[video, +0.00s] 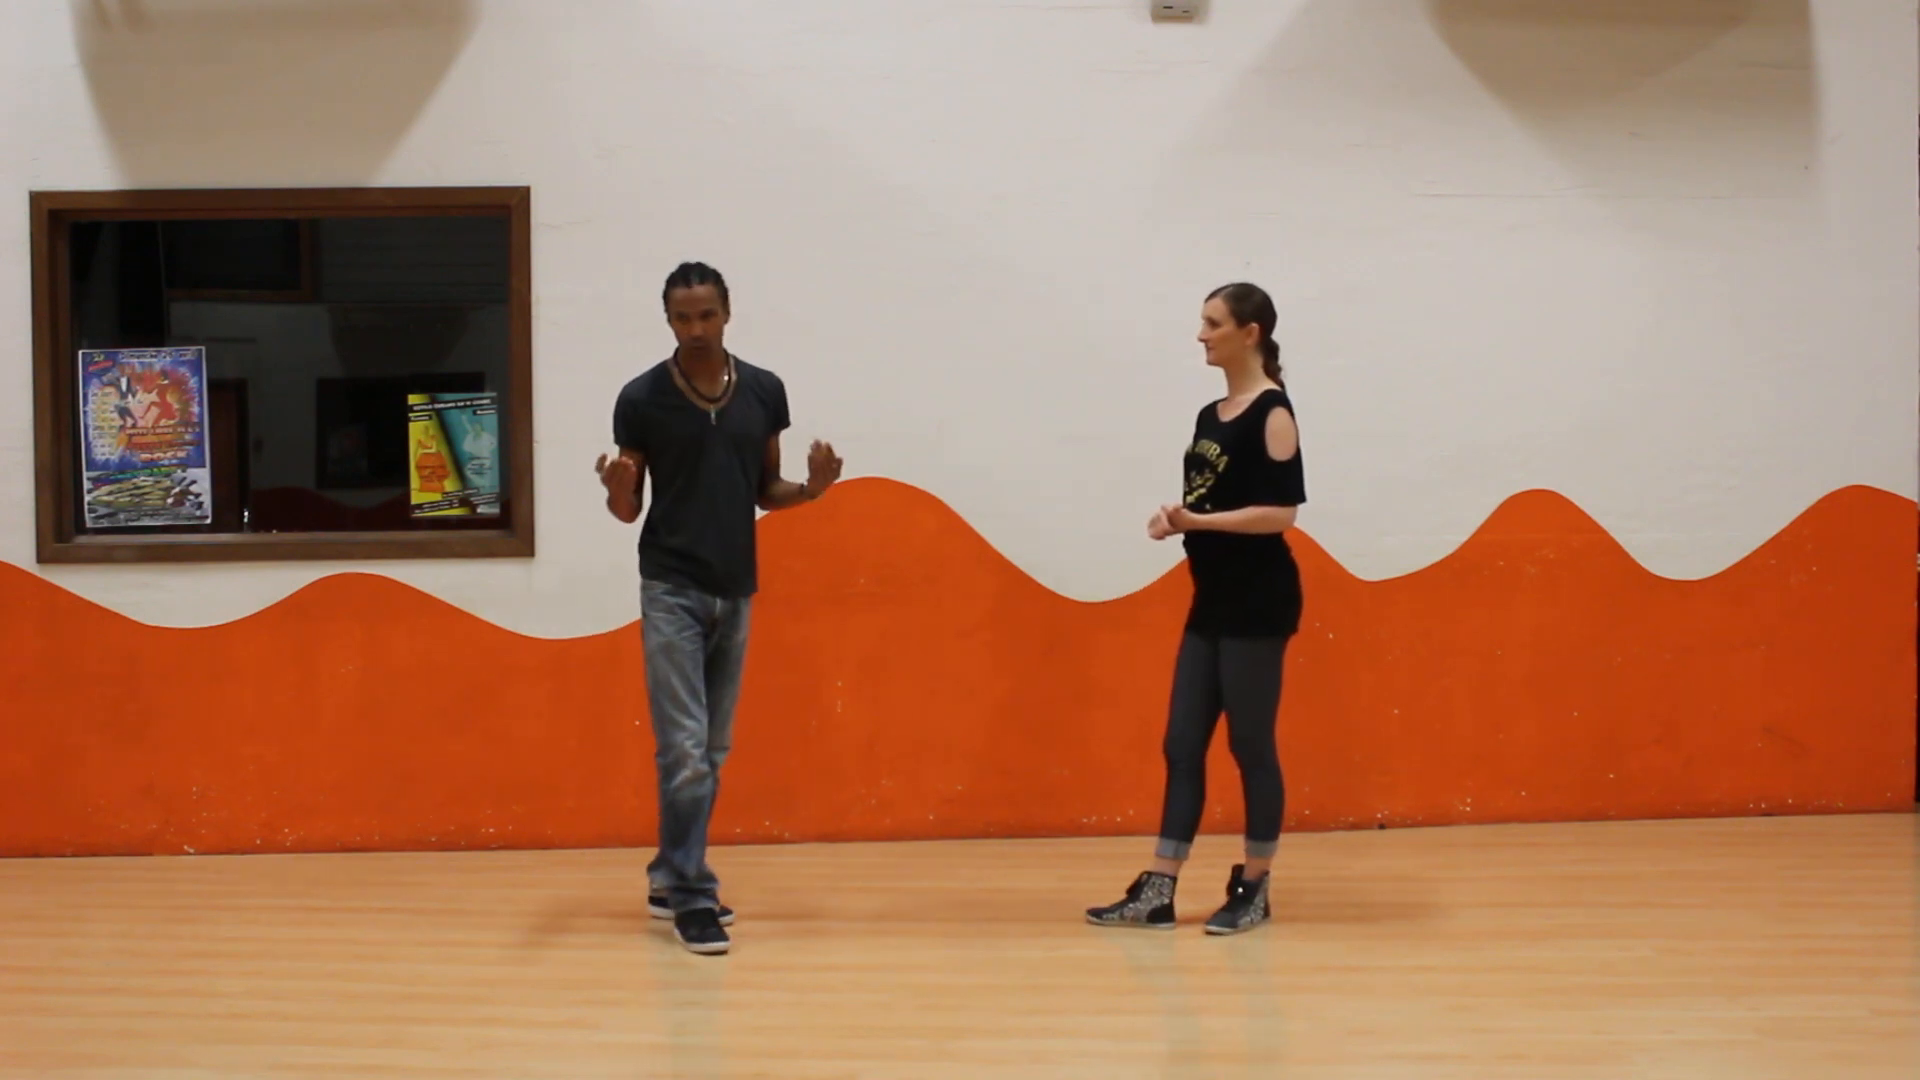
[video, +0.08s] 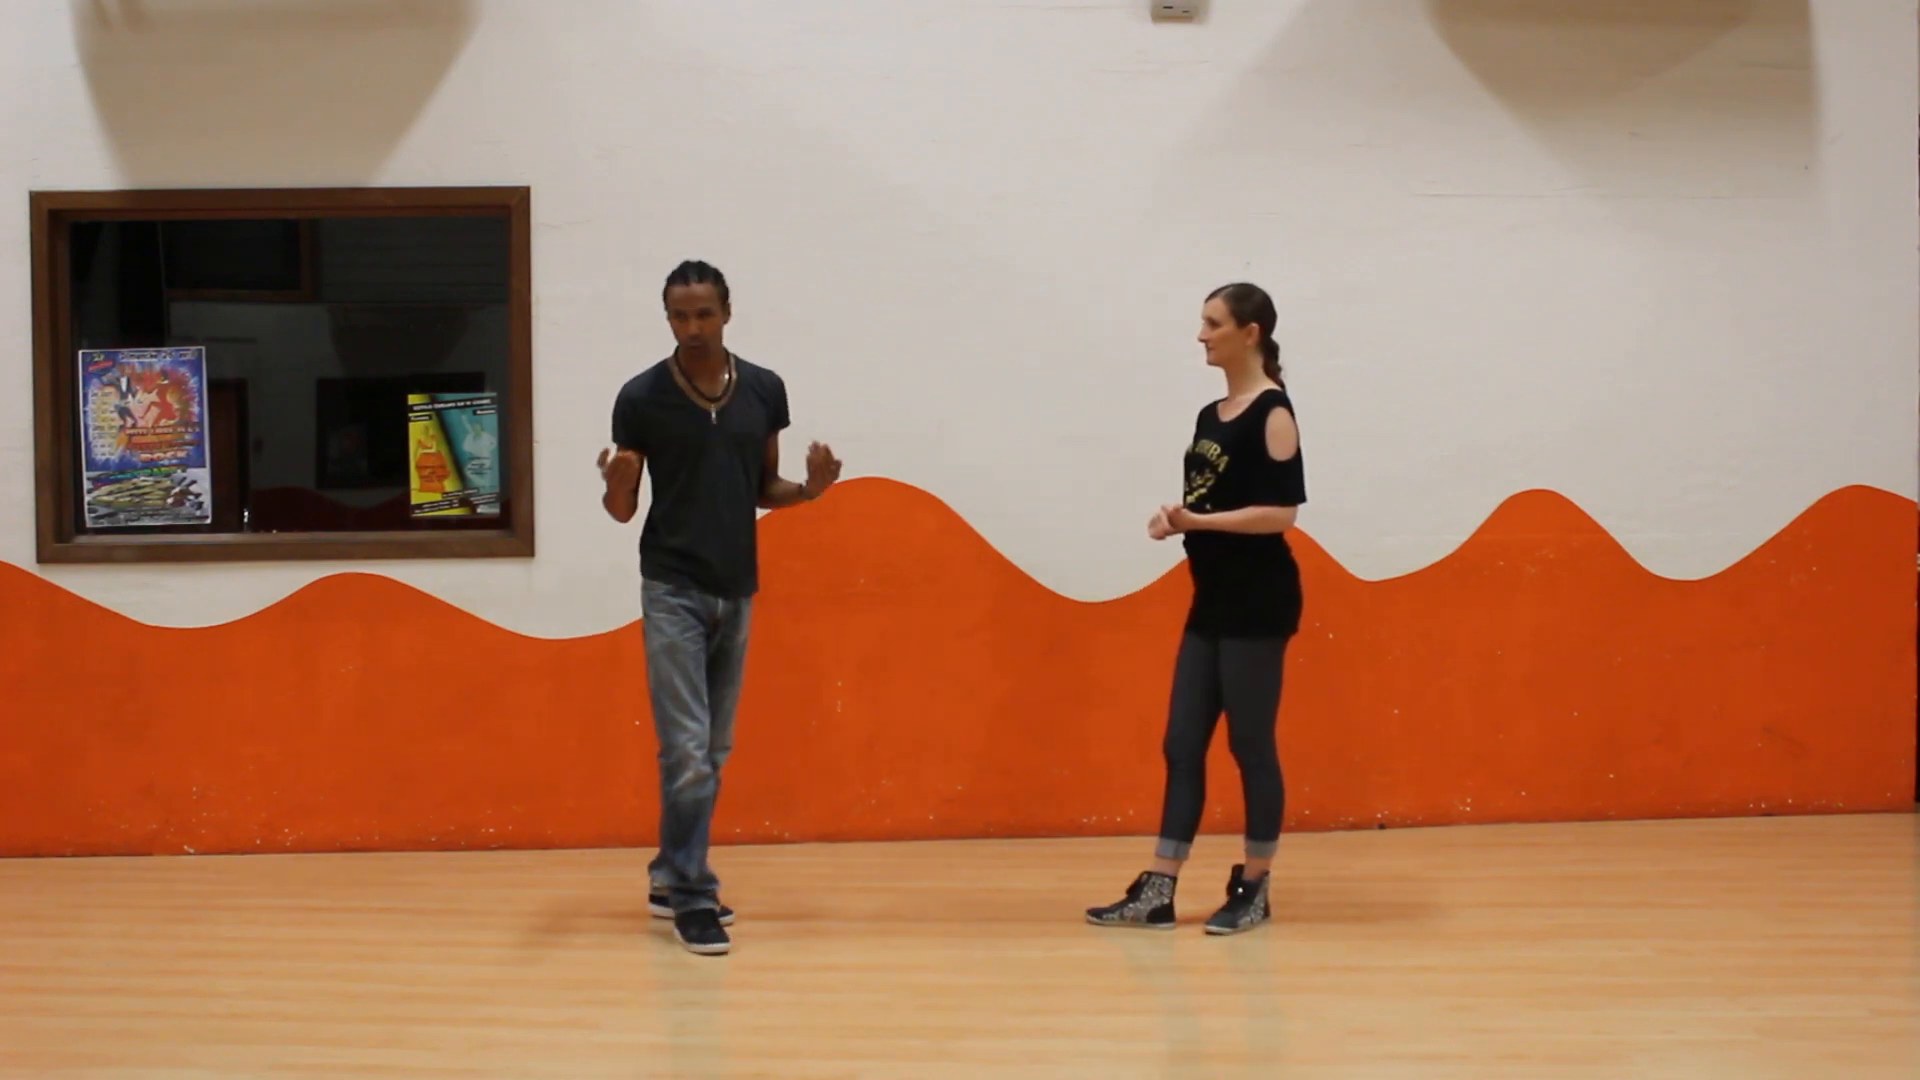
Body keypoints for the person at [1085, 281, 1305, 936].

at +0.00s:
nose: (1201, 335)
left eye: (1213, 325)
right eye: (1203, 324)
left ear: (1252, 333)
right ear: (1238, 333)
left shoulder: (1275, 415)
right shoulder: (1212, 413)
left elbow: (1281, 514)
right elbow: (1216, 503)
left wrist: (1197, 521)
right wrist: (1178, 516)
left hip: (1258, 604)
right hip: (1211, 599)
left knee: (1253, 745)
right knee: (1182, 746)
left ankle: (1252, 889)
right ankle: (1158, 890)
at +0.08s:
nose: (1201, 335)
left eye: (1213, 325)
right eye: (1203, 324)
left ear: (1253, 333)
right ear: (1238, 333)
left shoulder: (1275, 415)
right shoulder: (1212, 414)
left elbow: (1281, 514)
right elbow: (1216, 504)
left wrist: (1198, 521)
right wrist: (1178, 516)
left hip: (1258, 604)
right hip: (1211, 599)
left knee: (1253, 745)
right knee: (1182, 745)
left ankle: (1252, 890)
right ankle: (1158, 890)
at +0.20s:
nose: (1201, 335)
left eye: (1213, 325)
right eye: (1203, 324)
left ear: (1253, 333)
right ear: (1237, 333)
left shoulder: (1275, 415)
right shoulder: (1212, 414)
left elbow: (1282, 514)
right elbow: (1216, 504)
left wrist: (1198, 521)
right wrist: (1179, 516)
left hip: (1259, 604)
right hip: (1212, 599)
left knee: (1253, 745)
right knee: (1182, 745)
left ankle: (1252, 890)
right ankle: (1158, 890)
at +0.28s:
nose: (1202, 335)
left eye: (1214, 325)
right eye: (1203, 324)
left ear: (1253, 333)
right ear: (1237, 333)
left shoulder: (1275, 415)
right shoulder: (1211, 414)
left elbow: (1282, 514)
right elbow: (1216, 504)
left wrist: (1198, 521)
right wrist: (1179, 516)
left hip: (1259, 604)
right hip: (1212, 599)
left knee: (1253, 745)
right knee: (1183, 746)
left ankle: (1252, 890)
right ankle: (1158, 890)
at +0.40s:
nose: (1202, 336)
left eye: (1214, 325)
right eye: (1203, 324)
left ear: (1253, 333)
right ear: (1237, 334)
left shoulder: (1275, 415)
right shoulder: (1211, 414)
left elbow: (1282, 514)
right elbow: (1216, 504)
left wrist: (1198, 521)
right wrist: (1179, 516)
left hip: (1259, 604)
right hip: (1212, 599)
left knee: (1253, 745)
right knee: (1183, 746)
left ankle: (1252, 890)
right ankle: (1158, 889)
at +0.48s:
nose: (1201, 336)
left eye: (1213, 326)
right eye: (1203, 325)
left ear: (1253, 332)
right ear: (1236, 334)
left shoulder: (1275, 415)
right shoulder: (1211, 414)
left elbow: (1283, 514)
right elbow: (1216, 504)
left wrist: (1198, 521)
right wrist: (1179, 516)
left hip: (1260, 604)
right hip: (1212, 599)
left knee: (1253, 745)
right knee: (1183, 745)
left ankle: (1252, 890)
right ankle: (1158, 889)